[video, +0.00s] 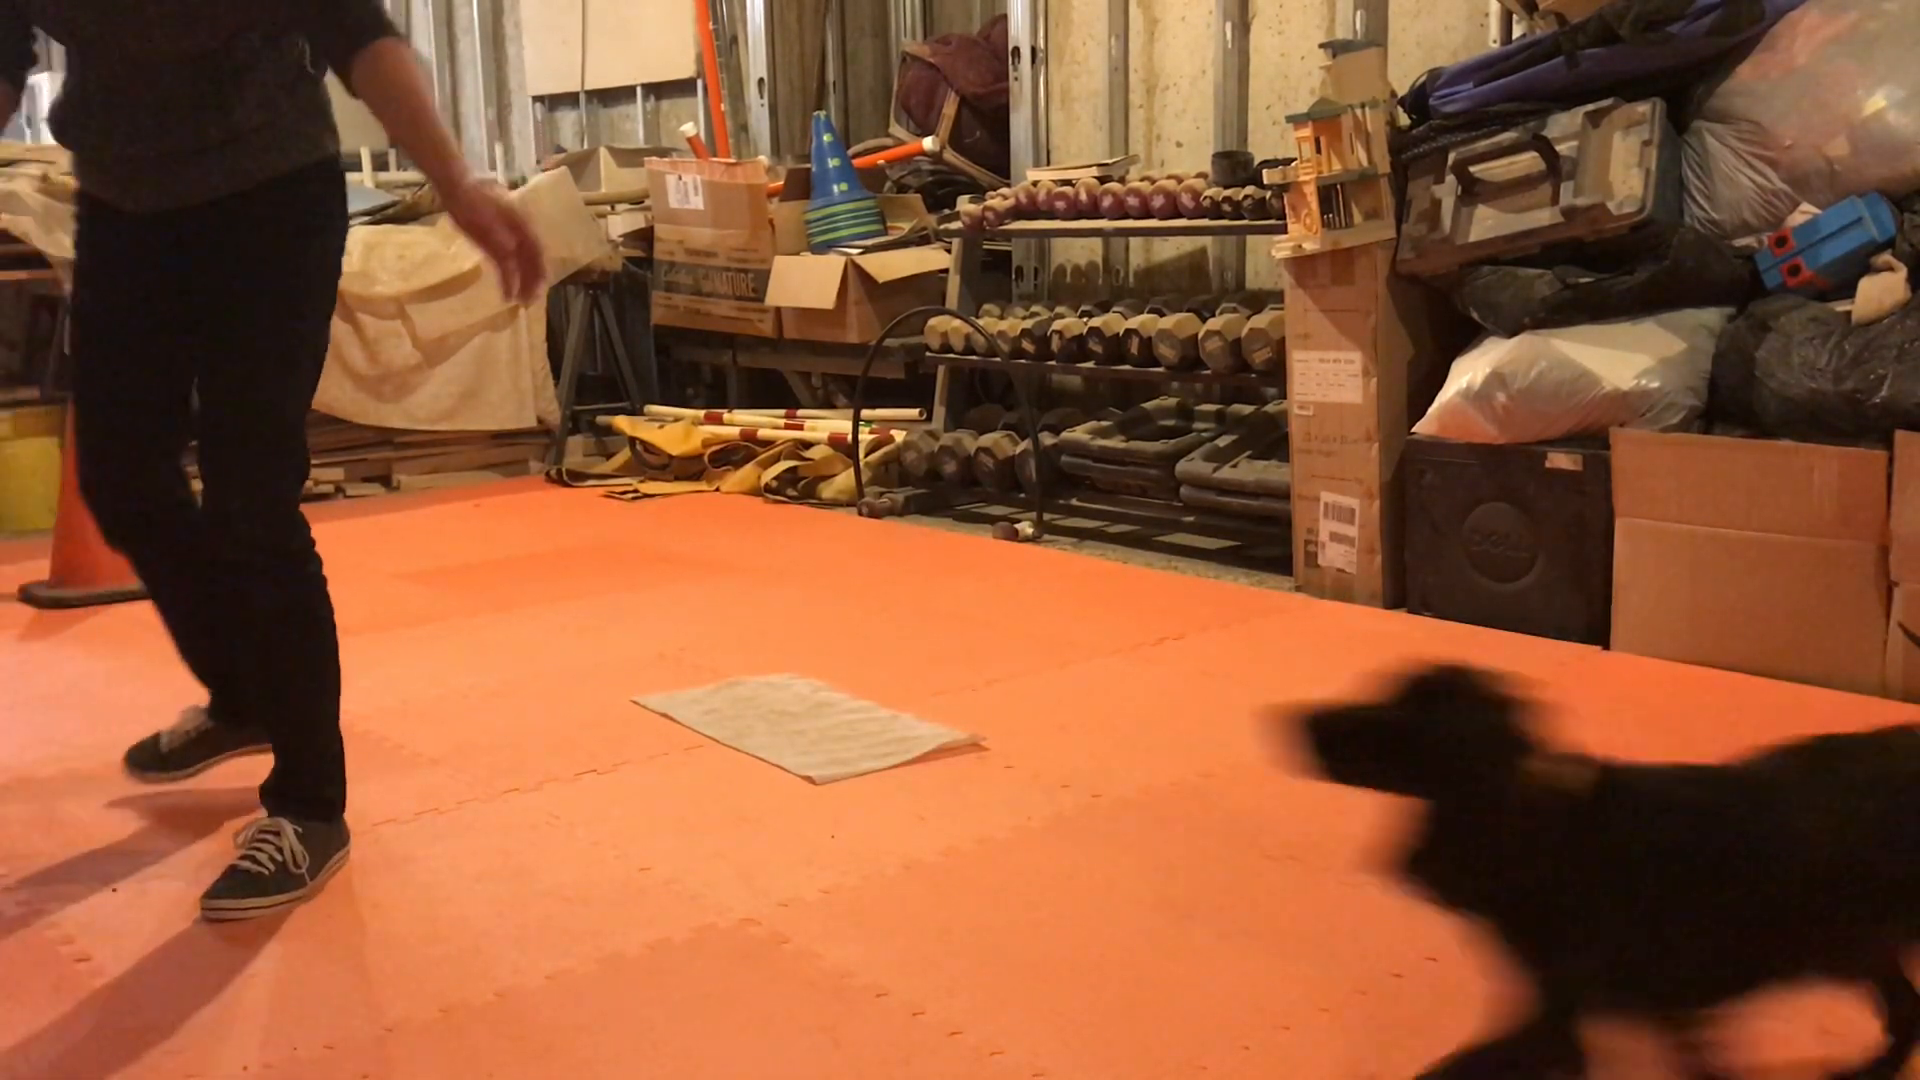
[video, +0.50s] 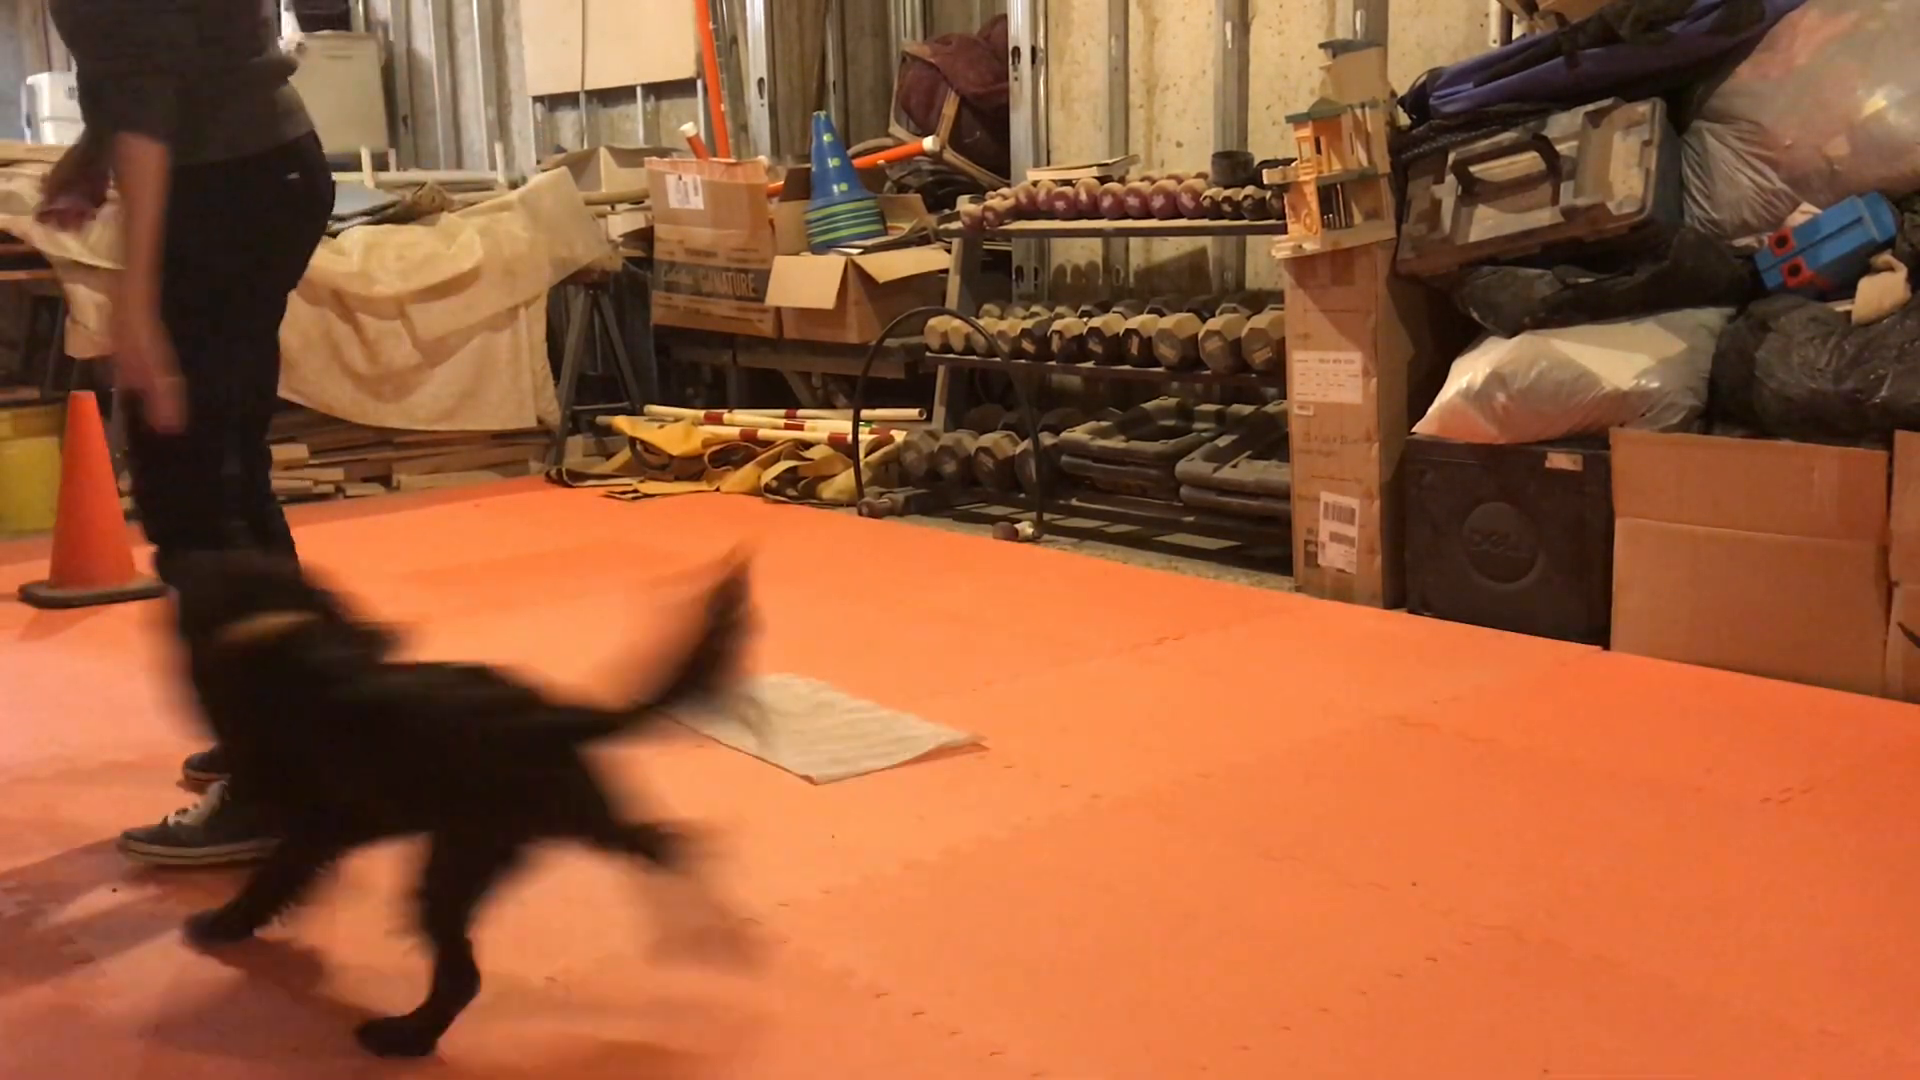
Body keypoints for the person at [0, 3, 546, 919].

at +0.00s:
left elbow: (355, 26)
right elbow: (5, 58)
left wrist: (457, 183)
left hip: (272, 187)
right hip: (123, 196)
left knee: (251, 500)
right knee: (121, 477)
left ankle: (310, 811)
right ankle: (245, 698)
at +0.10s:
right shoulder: (40, 8)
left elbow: (330, 44)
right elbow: (18, 66)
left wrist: (421, 225)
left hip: (279, 187)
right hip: (149, 203)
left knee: (248, 494)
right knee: (155, 486)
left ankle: (310, 811)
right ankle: (263, 706)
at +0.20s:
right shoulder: (58, 8)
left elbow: (298, 76)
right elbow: (41, 65)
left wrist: (365, 263)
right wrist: (11, 151)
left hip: (268, 201)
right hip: (167, 215)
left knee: (246, 492)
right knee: (178, 486)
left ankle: (309, 809)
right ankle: (270, 727)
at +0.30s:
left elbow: (255, 79)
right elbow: (88, 63)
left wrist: (291, 262)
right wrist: (18, 168)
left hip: (262, 194)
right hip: (184, 209)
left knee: (249, 499)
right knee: (193, 493)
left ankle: (311, 810)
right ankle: (278, 730)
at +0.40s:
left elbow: (207, 77)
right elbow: (134, 50)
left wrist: (223, 285)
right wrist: (63, 153)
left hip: (256, 185)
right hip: (192, 195)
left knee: (225, 487)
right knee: (204, 481)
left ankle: (308, 800)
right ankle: (277, 732)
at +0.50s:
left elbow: (144, 71)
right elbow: (158, 44)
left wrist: (137, 307)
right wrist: (96, 154)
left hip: (220, 176)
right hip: (247, 166)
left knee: (178, 471)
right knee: (225, 460)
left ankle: (277, 763)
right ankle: (294, 730)